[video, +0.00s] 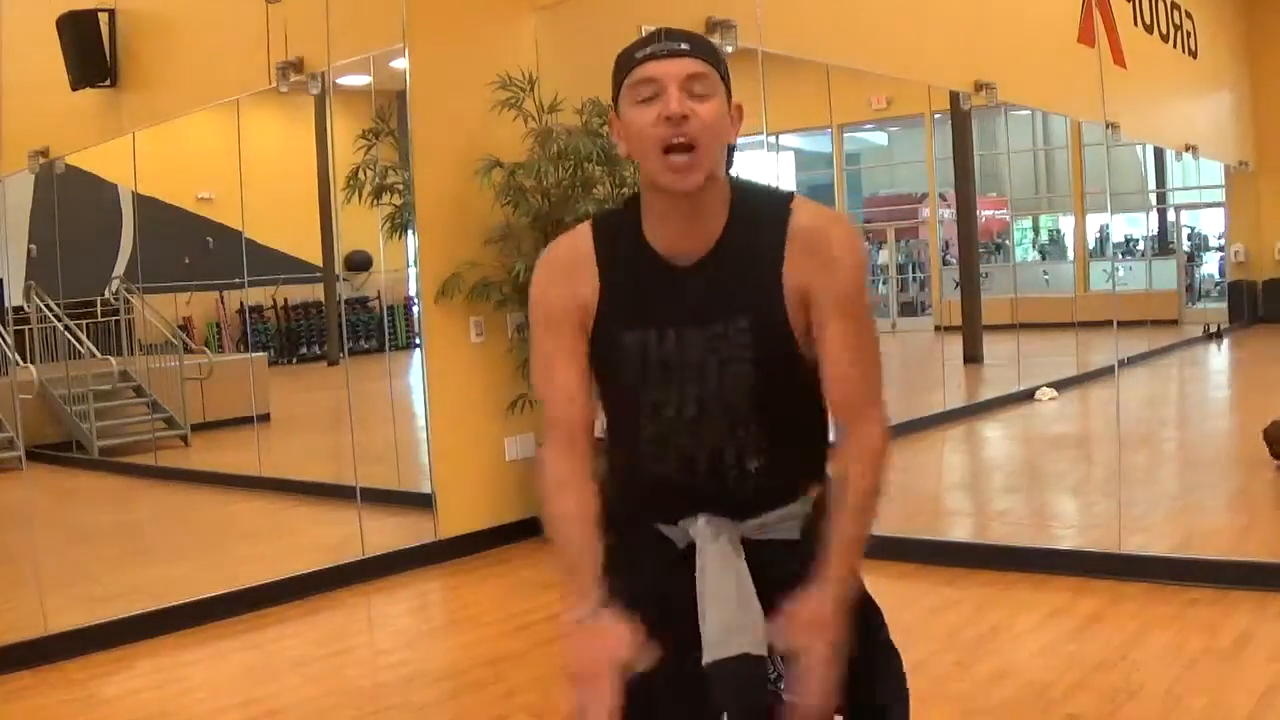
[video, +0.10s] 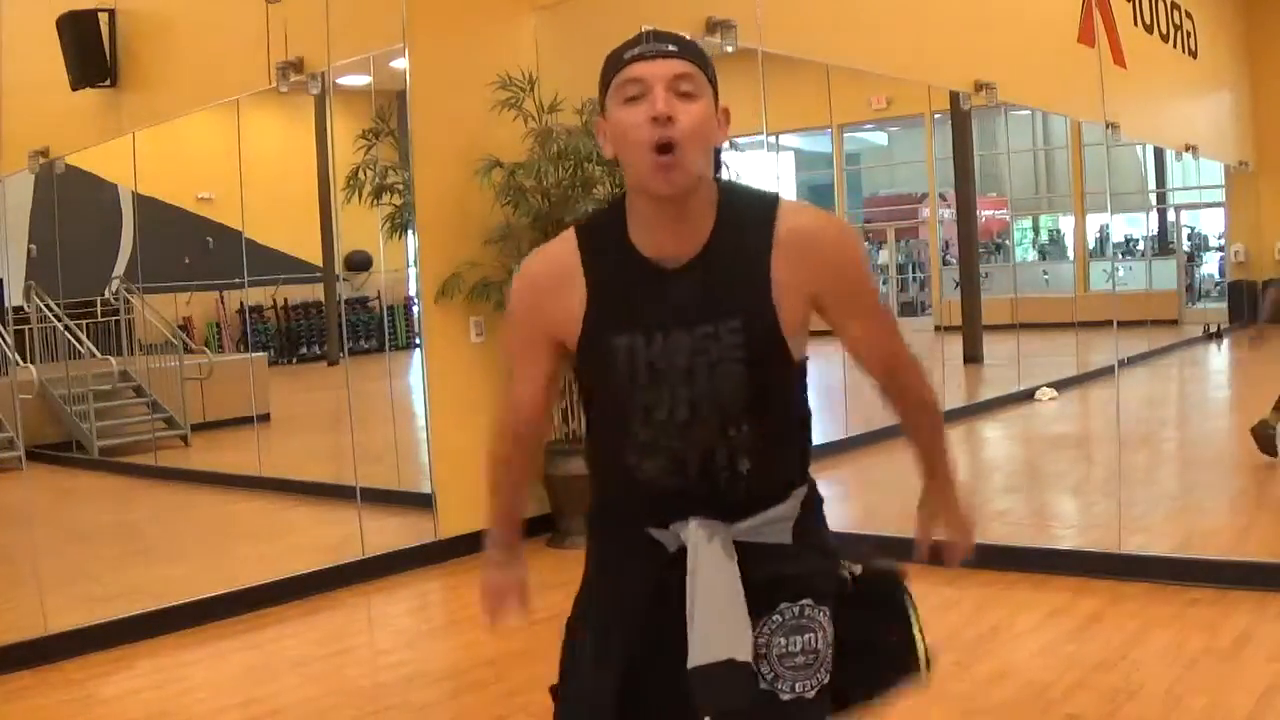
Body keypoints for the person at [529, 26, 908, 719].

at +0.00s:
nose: (676, 109)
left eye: (698, 89)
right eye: (648, 95)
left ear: (734, 119)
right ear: (618, 132)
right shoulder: (571, 268)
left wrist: (833, 587)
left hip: (791, 558)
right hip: (648, 567)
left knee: (863, 696)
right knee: (648, 704)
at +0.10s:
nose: (661, 109)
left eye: (684, 90)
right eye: (635, 94)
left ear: (721, 124)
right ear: (605, 135)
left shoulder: (808, 245)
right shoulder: (553, 279)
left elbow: (898, 373)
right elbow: (520, 431)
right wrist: (501, 545)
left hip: (775, 567)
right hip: (632, 576)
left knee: (786, 705)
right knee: (606, 707)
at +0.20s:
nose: (640, 110)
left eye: (663, 93)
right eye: (615, 97)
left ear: (699, 125)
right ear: (588, 137)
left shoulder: (782, 229)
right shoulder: (534, 271)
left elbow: (880, 262)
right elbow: (481, 353)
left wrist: (924, 313)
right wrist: (460, 420)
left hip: (754, 561)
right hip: (616, 566)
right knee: (595, 708)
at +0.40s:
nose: (594, 127)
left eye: (614, 112)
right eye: (569, 119)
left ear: (647, 142)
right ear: (543, 158)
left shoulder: (720, 226)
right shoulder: (496, 281)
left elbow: (792, 227)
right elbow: (447, 360)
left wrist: (833, 309)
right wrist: (433, 432)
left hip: (706, 553)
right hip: (574, 563)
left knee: (733, 707)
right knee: (553, 706)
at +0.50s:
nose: (578, 134)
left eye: (596, 121)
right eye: (554, 127)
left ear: (628, 151)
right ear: (530, 164)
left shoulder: (702, 253)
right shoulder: (488, 294)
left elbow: (778, 332)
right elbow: (452, 429)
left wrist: (815, 444)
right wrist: (436, 543)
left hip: (686, 550)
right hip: (556, 560)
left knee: (737, 708)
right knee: (535, 708)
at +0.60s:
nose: (579, 130)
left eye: (594, 118)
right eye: (556, 122)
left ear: (621, 147)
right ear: (531, 158)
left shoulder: (686, 249)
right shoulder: (488, 275)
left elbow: (753, 373)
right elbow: (439, 390)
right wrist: (455, 468)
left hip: (676, 524)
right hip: (553, 536)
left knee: (746, 693)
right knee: (532, 704)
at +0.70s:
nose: (587, 87)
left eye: (604, 79)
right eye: (566, 82)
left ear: (628, 113)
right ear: (542, 121)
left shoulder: (680, 206)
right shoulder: (508, 222)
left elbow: (683, 299)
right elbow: (459, 328)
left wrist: (579, 220)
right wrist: (448, 302)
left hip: (659, 470)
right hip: (549, 478)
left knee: (731, 614)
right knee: (555, 685)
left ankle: (695, 712)